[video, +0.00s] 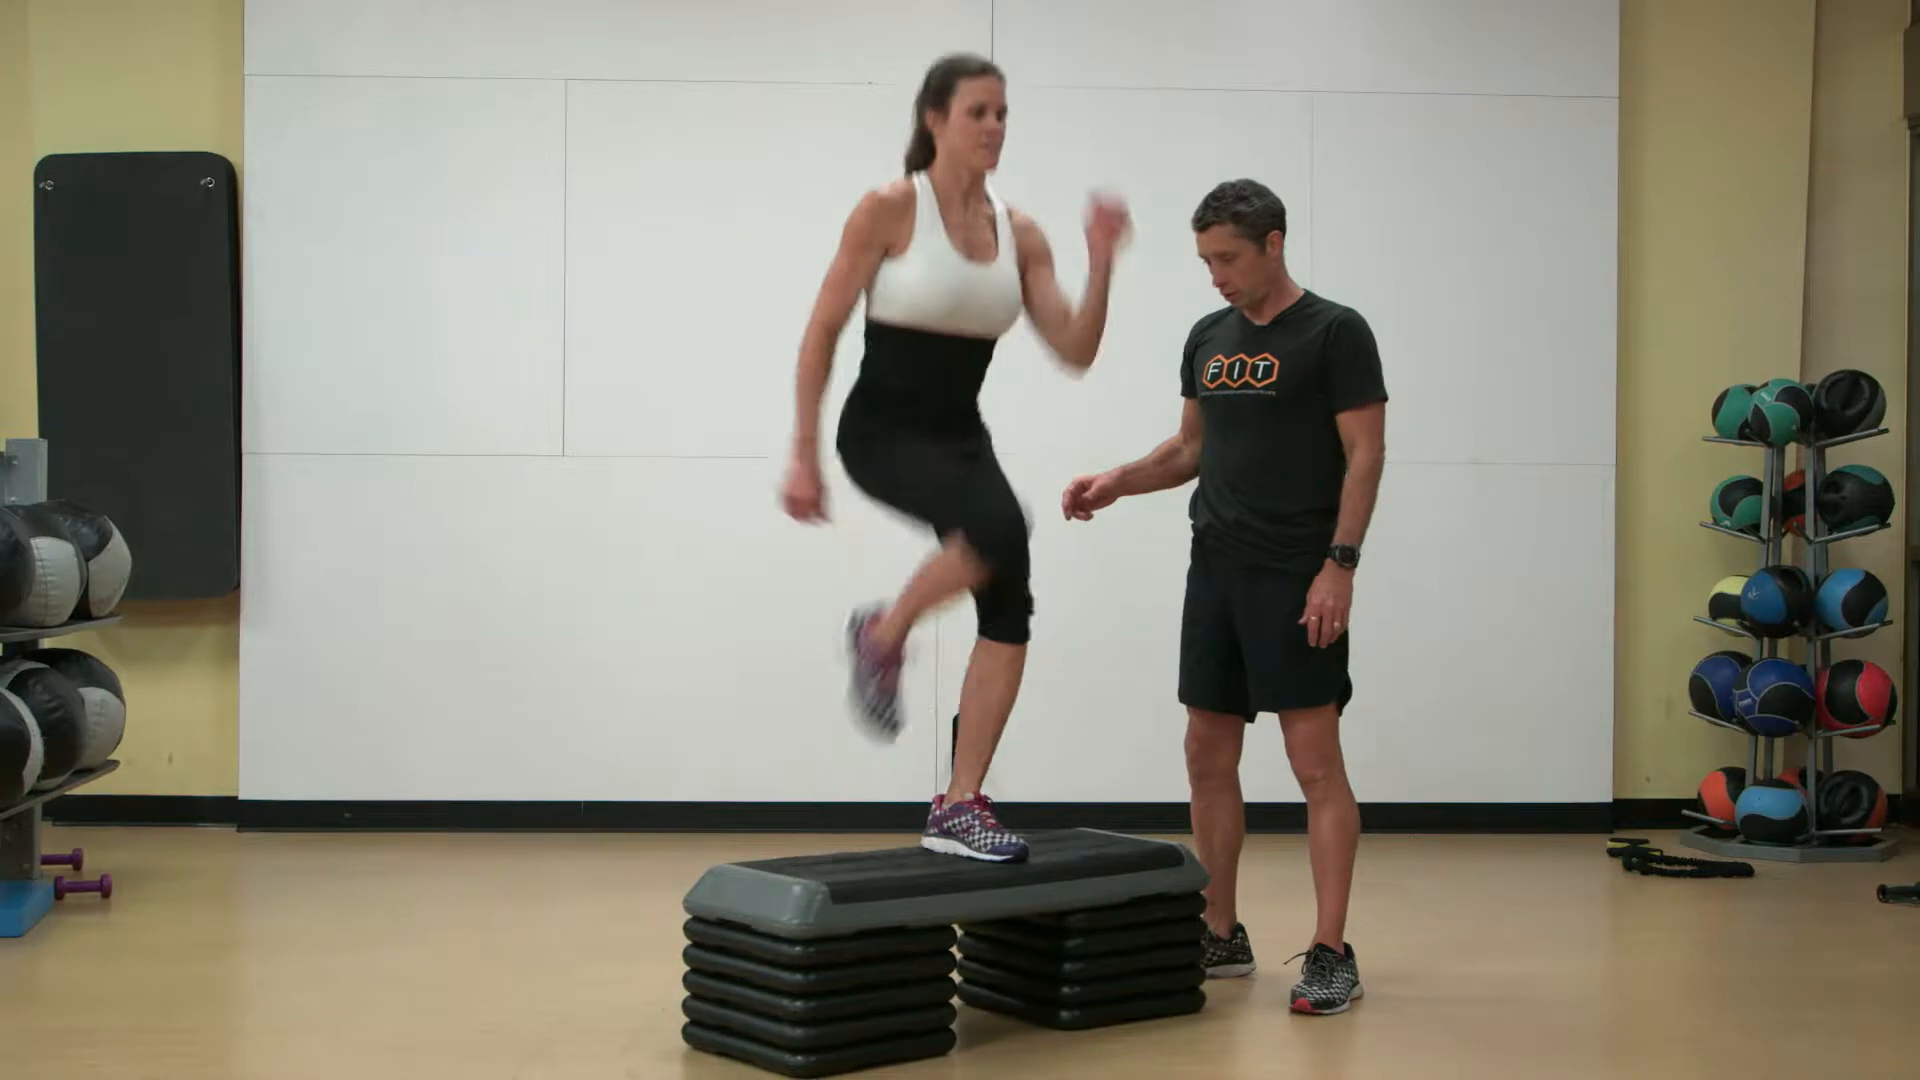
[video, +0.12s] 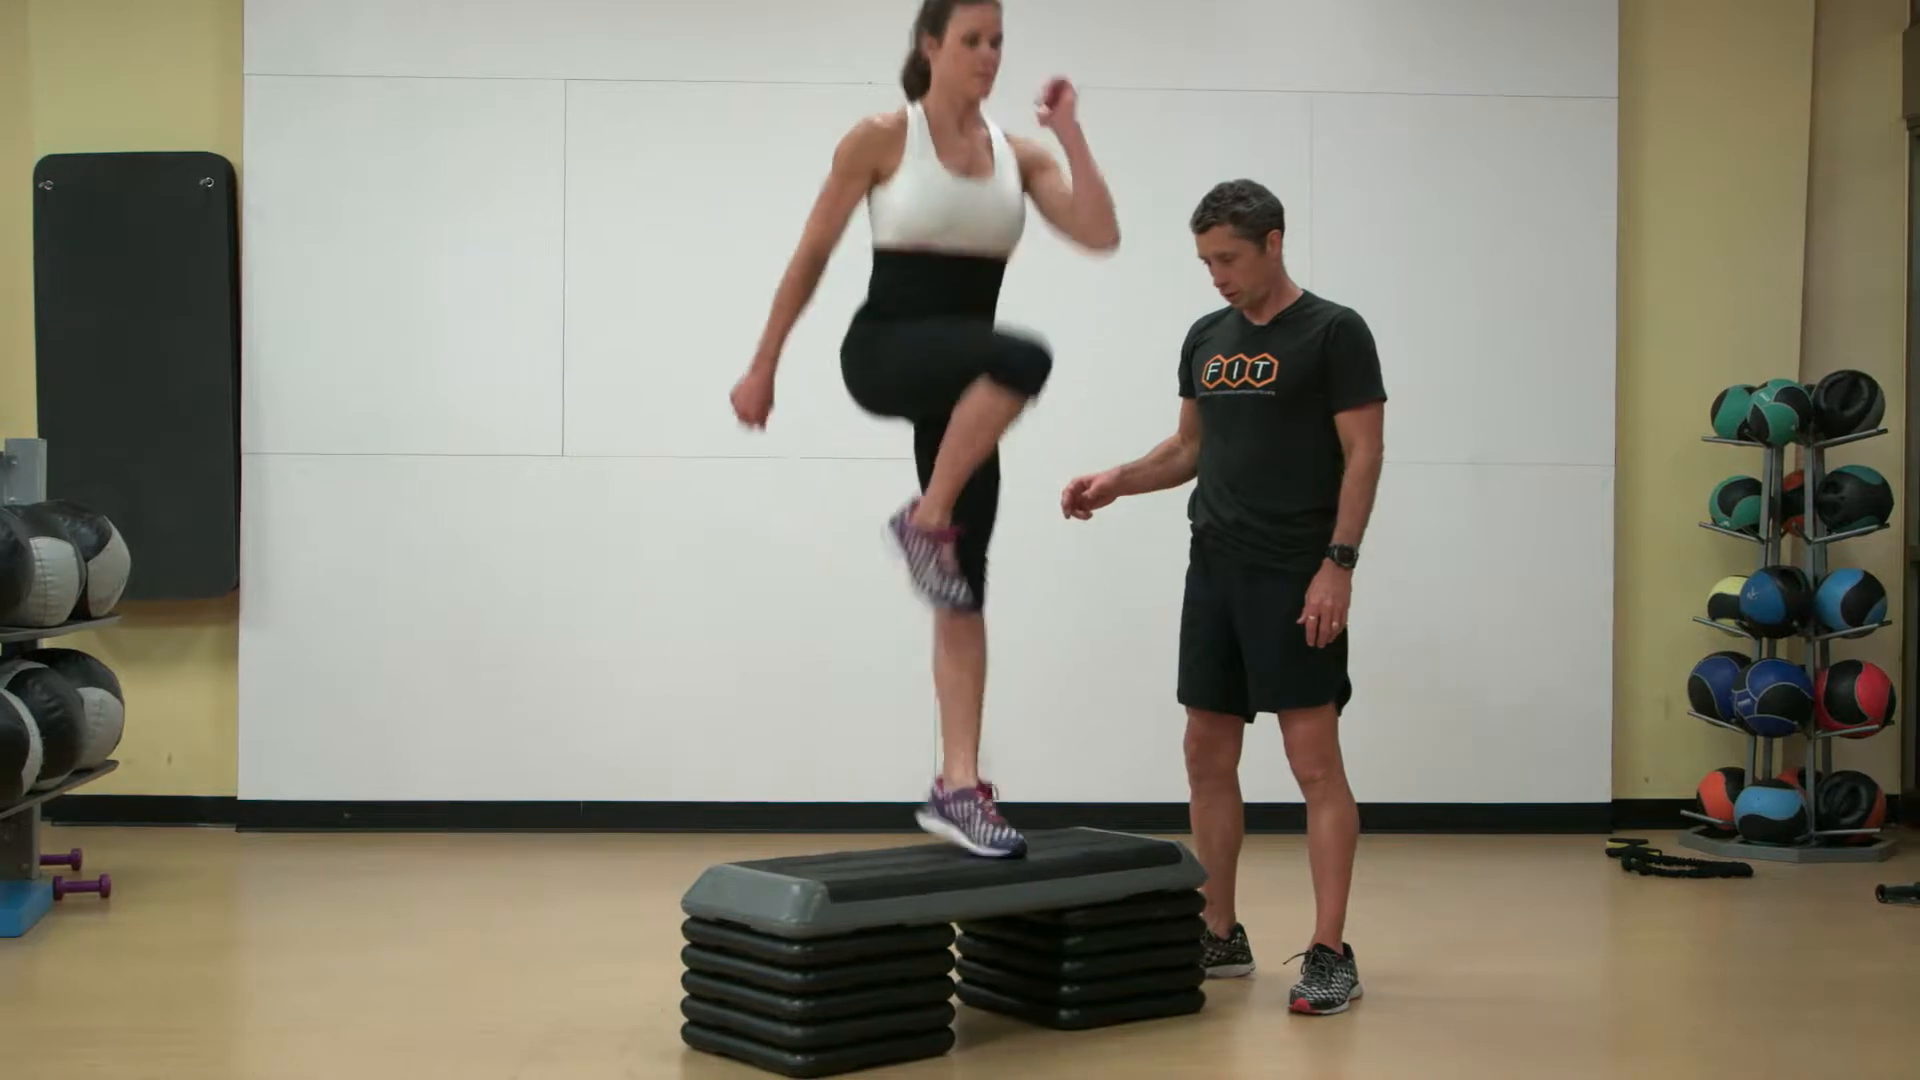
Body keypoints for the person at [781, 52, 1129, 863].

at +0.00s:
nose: (997, 127)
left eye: (1002, 113)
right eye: (981, 113)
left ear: (1004, 124)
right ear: (935, 120)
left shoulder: (1018, 233)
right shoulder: (889, 210)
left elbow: (1075, 349)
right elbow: (823, 329)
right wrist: (804, 452)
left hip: (962, 433)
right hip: (882, 428)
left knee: (1010, 611)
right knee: (995, 529)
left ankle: (960, 804)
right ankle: (882, 632)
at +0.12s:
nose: (990, 57)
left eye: (997, 42)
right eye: (975, 40)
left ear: (1000, 53)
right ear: (928, 47)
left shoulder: (1018, 152)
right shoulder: (880, 140)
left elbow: (1099, 234)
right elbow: (810, 256)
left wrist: (1069, 133)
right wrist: (761, 367)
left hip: (968, 358)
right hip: (887, 349)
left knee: (963, 574)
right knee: (1022, 360)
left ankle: (958, 786)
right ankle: (929, 521)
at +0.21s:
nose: (987, 31)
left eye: (995, 19)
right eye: (971, 16)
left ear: (999, 30)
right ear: (927, 23)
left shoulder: (1018, 128)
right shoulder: (876, 115)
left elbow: (1106, 198)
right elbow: (807, 228)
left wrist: (1063, 102)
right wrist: (757, 337)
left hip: (972, 341)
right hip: (887, 327)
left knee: (957, 551)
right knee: (1024, 309)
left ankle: (943, 764)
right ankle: (930, 479)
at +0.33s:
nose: (987, 50)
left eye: (995, 36)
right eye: (971, 33)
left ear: (998, 46)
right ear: (925, 38)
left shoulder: (1015, 147)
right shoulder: (878, 133)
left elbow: (1108, 223)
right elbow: (808, 245)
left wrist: (1066, 126)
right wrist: (762, 353)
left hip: (968, 358)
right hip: (888, 343)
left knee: (955, 575)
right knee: (1017, 349)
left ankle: (930, 784)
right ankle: (910, 497)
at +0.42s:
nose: (991, 77)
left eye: (997, 62)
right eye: (975, 62)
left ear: (1001, 73)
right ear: (930, 68)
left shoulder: (1020, 180)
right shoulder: (880, 164)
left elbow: (1095, 284)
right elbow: (813, 281)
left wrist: (1075, 179)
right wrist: (776, 398)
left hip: (960, 389)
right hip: (882, 375)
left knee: (965, 598)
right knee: (999, 441)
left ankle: (919, 798)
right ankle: (885, 566)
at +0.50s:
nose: (996, 97)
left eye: (1000, 83)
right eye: (980, 82)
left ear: (1002, 95)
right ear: (934, 89)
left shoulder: (1015, 205)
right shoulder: (889, 184)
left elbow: (1050, 338)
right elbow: (830, 307)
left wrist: (1083, 266)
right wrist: (804, 427)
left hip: (959, 414)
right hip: (881, 405)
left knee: (979, 601)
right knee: (959, 550)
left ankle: (918, 803)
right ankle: (850, 659)